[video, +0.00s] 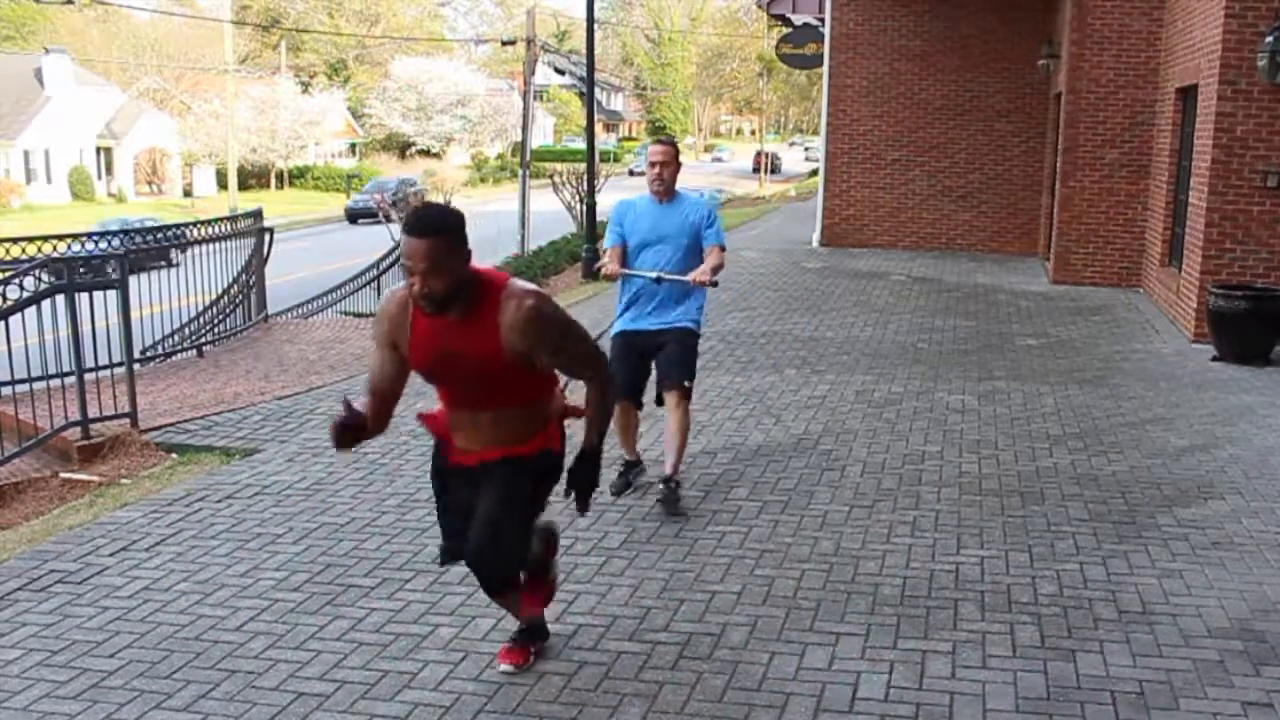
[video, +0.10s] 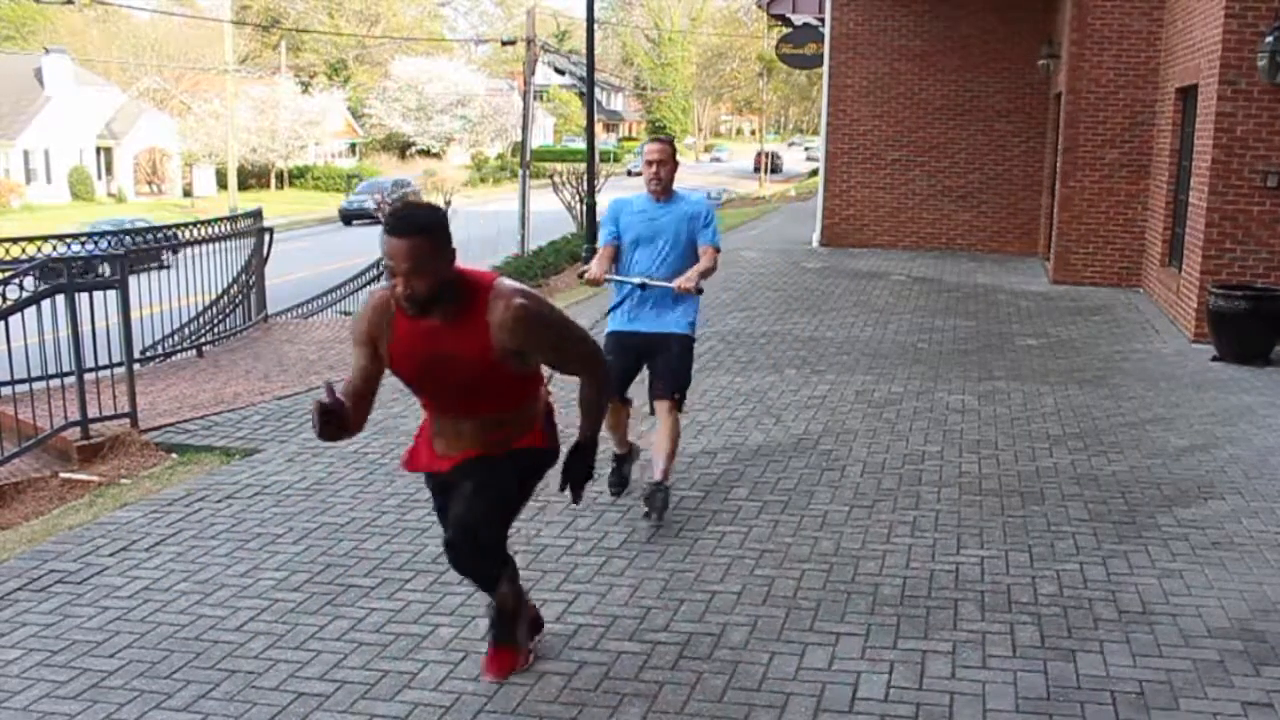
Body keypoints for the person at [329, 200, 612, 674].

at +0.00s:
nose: (419, 287)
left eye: (432, 274)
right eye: (410, 272)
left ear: (465, 263)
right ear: (402, 263)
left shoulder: (524, 312)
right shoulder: (399, 311)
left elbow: (600, 375)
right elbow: (379, 401)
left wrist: (591, 453)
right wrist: (362, 426)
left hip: (523, 454)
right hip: (458, 453)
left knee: (489, 556)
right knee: (476, 555)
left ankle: (540, 549)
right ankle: (531, 625)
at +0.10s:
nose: (401, 288)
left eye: (415, 275)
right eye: (392, 273)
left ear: (448, 262)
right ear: (385, 265)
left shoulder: (512, 312)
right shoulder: (380, 312)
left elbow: (595, 367)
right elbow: (354, 411)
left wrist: (587, 444)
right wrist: (334, 418)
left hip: (513, 445)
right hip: (443, 446)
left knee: (466, 546)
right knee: (469, 545)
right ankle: (520, 610)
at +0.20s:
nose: (384, 284)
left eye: (398, 269)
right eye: (373, 269)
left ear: (431, 255)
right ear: (363, 259)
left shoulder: (501, 309)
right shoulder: (356, 314)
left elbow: (575, 370)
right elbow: (336, 397)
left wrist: (563, 456)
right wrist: (328, 445)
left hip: (499, 449)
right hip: (426, 459)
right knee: (457, 560)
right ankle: (513, 603)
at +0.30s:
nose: (364, 283)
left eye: (378, 267)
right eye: (352, 267)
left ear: (416, 252)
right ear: (342, 258)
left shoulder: (491, 314)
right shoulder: (337, 318)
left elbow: (548, 390)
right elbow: (324, 408)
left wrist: (531, 481)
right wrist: (325, 501)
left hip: (480, 464)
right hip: (404, 467)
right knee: (431, 594)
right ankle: (492, 597)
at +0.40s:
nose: (345, 292)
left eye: (360, 276)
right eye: (334, 275)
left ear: (400, 262)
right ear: (324, 266)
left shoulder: (477, 327)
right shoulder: (316, 330)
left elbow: (520, 427)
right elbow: (313, 426)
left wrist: (490, 518)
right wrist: (324, 525)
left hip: (461, 492)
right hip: (379, 495)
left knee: (460, 629)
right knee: (393, 634)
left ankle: (478, 713)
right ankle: (446, 570)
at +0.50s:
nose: (315, 307)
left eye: (333, 291)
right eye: (304, 290)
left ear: (376, 282)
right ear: (294, 285)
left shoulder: (448, 349)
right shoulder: (283, 354)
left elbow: (485, 474)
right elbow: (296, 439)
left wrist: (428, 544)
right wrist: (323, 503)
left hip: (442, 523)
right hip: (347, 517)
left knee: (464, 670)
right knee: (331, 664)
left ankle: (472, 710)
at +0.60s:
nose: (239, 293)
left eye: (258, 276)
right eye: (229, 274)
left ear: (305, 272)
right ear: (220, 271)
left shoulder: (387, 350)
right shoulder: (215, 348)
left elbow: (443, 491)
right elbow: (259, 453)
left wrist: (347, 553)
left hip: (396, 526)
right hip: (292, 518)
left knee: (417, 645)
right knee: (253, 659)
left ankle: (466, 706)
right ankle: (291, 712)